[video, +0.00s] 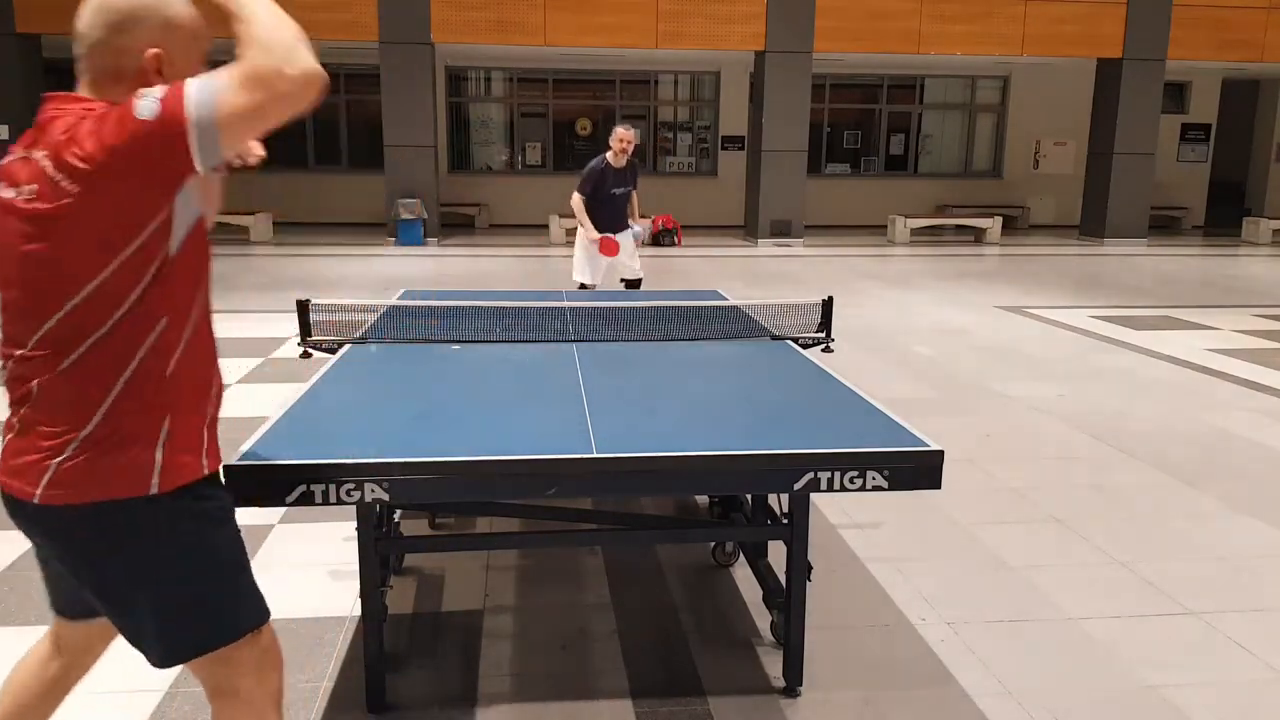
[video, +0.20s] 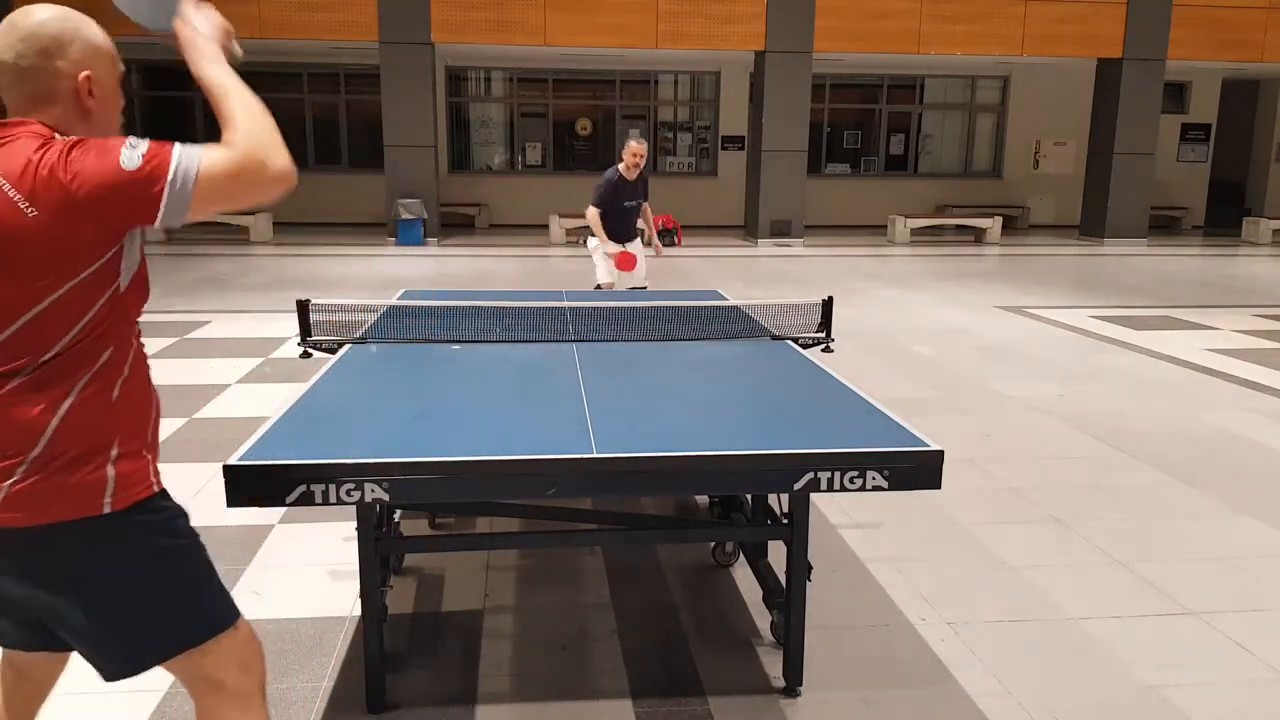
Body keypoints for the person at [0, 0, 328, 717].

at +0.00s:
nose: (201, 80)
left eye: (203, 64)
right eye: (197, 63)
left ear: (88, 62)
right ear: (153, 64)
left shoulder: (31, 150)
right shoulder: (132, 139)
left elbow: (165, 224)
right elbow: (294, 75)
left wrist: (215, 150)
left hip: (41, 474)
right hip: (137, 484)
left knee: (77, 635)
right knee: (248, 675)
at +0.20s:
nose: (123, 104)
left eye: (120, 86)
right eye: (117, 86)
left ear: (14, 88)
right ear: (83, 88)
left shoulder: (9, 161)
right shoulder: (79, 174)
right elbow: (267, 167)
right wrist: (207, 52)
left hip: (11, 506)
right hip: (92, 507)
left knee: (17, 680)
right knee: (231, 672)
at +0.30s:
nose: (113, 106)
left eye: (110, 87)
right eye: (108, 86)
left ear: (8, 88)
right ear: (78, 87)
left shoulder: (11, 167)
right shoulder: (76, 180)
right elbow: (263, 219)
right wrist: (236, 104)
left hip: (8, 503)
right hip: (78, 505)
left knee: (13, 676)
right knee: (217, 671)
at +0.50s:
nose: (152, 90)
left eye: (149, 74)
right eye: (147, 74)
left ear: (49, 82)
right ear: (123, 84)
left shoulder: (6, 161)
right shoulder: (106, 186)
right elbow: (263, 307)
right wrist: (300, 213)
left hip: (9, 492)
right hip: (92, 500)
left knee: (14, 672)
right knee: (230, 674)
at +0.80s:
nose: (293, 144)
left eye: (291, 126)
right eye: (291, 126)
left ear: (189, 122)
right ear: (270, 133)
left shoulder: (100, 195)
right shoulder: (226, 236)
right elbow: (292, 417)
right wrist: (369, 376)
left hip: (40, 503)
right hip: (146, 514)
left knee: (117, 627)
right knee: (300, 674)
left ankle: (60, 719)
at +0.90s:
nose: (310, 143)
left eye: (311, 127)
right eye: (310, 127)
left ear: (212, 117)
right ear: (289, 133)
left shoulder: (120, 185)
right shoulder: (236, 232)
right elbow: (291, 418)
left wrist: (273, 349)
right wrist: (372, 386)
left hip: (43, 490)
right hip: (143, 505)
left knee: (118, 648)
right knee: (292, 669)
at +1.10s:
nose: (352, 183)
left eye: (355, 166)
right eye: (354, 165)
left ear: (254, 144)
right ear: (328, 167)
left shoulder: (181, 191)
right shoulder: (248, 265)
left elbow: (203, 304)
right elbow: (317, 441)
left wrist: (312, 316)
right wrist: (409, 378)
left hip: (39, 481)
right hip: (109, 508)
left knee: (123, 630)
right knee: (264, 674)